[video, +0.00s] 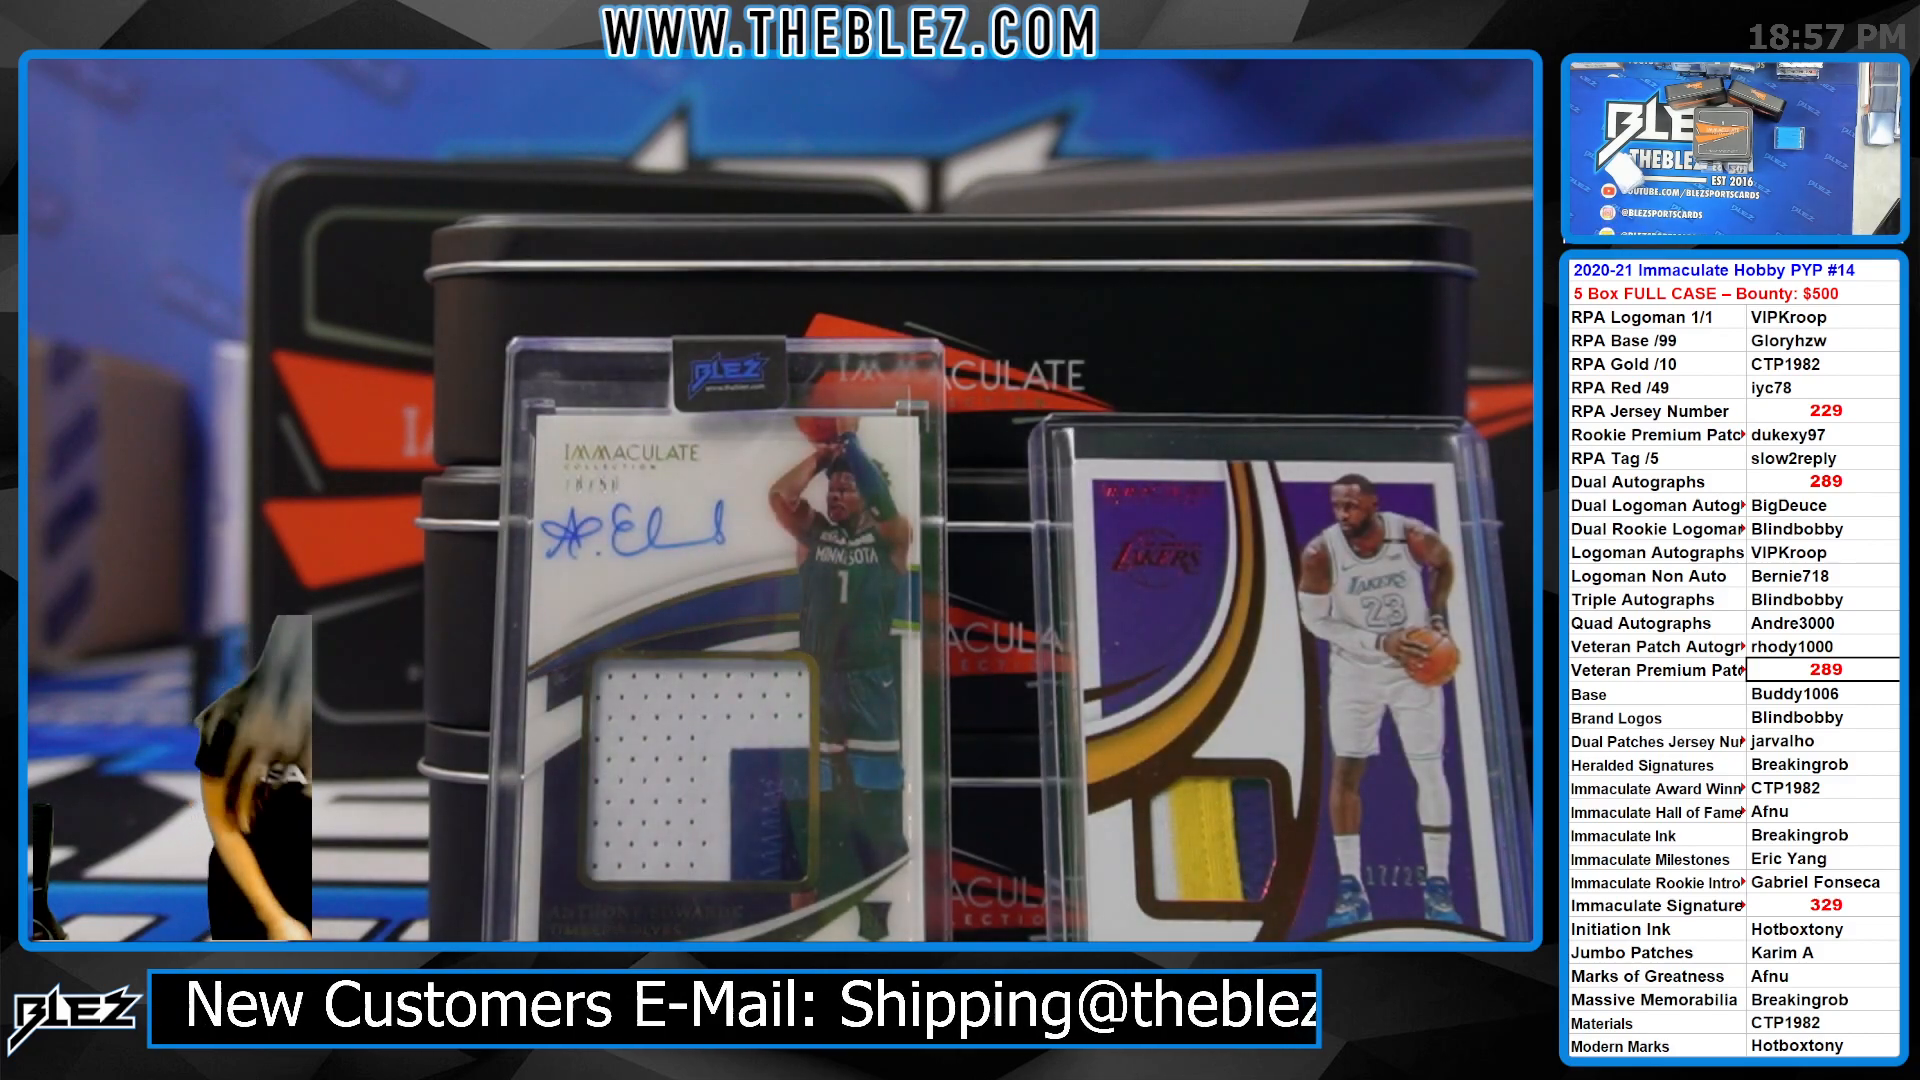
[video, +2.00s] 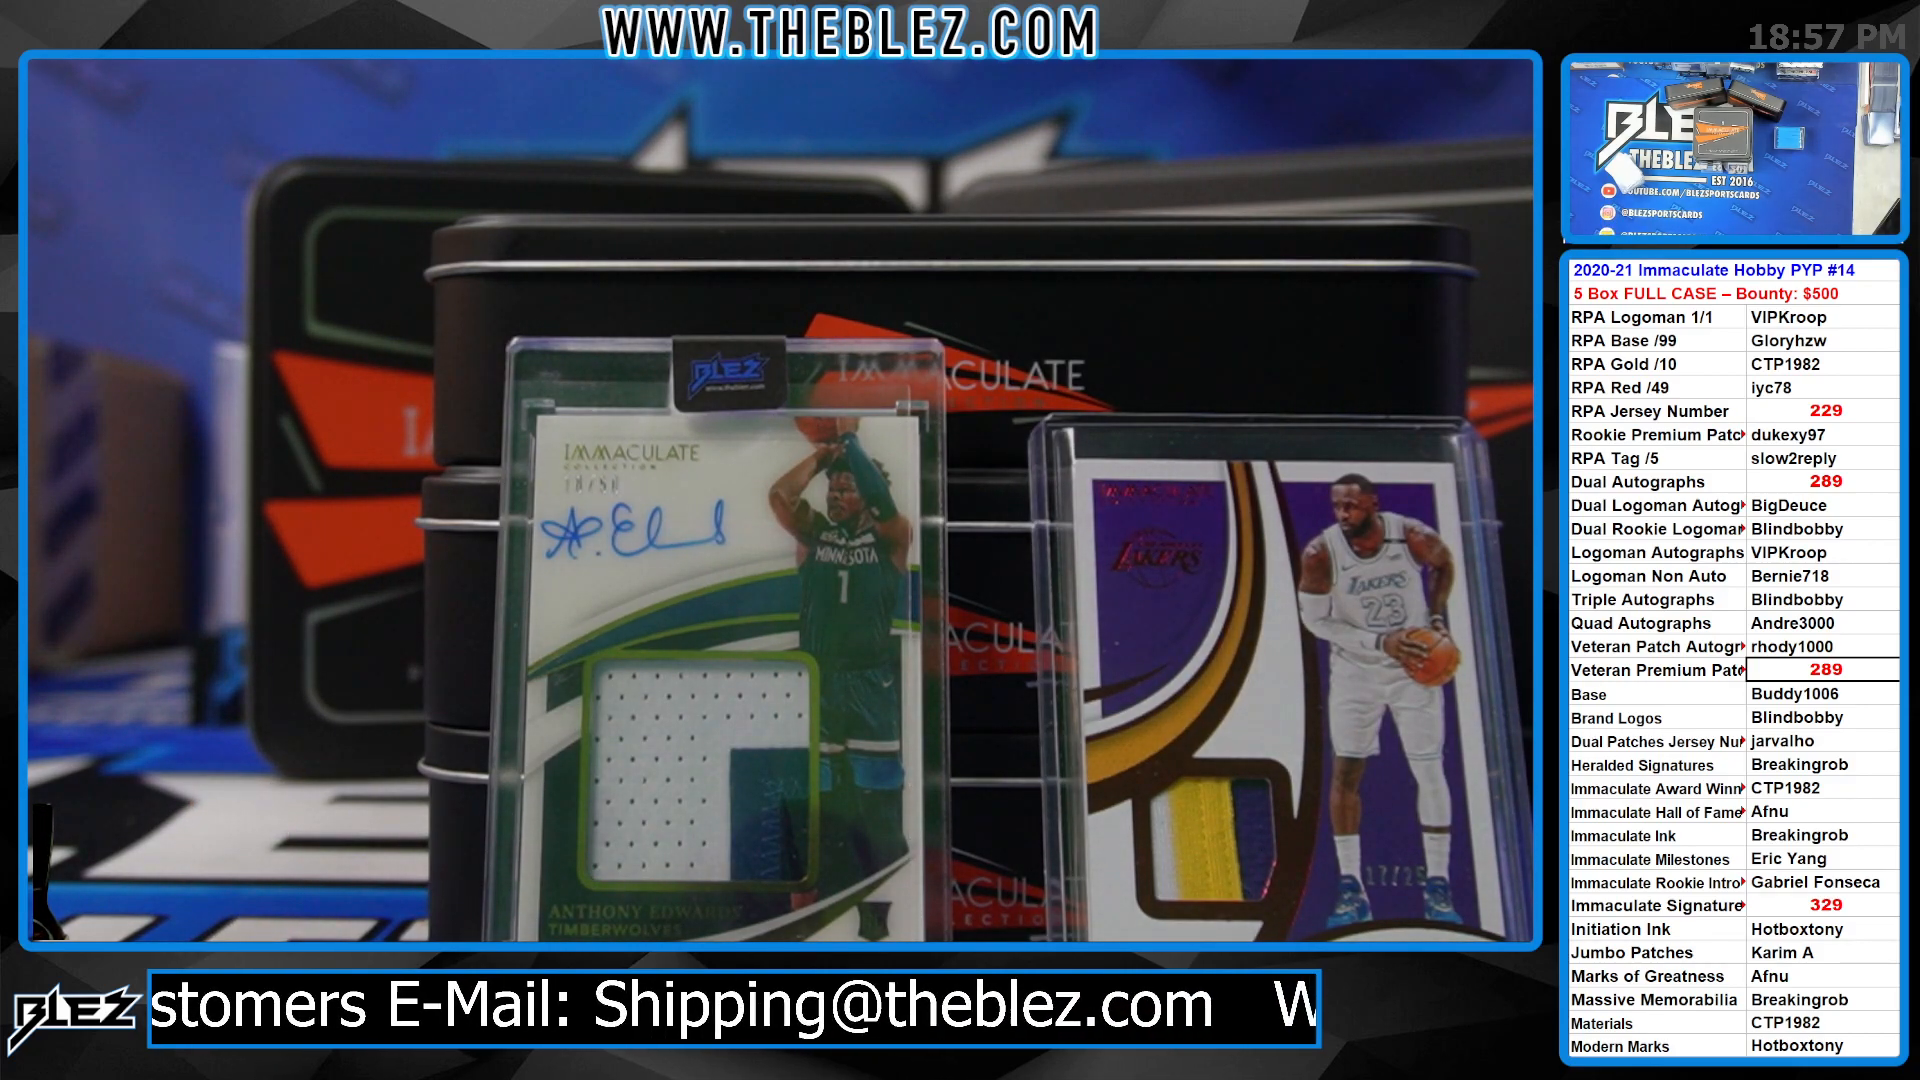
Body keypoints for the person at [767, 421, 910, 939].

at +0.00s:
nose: (839, 494)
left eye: (849, 488)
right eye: (834, 487)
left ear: (867, 495)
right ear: (826, 493)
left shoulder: (890, 540)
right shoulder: (814, 533)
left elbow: (889, 513)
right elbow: (780, 495)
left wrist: (856, 455)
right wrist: (818, 459)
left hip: (873, 680)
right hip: (818, 678)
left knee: (877, 796)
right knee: (824, 793)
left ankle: (878, 903)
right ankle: (824, 894)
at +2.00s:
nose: (841, 495)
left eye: (850, 488)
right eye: (835, 487)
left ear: (869, 494)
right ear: (827, 494)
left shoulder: (891, 539)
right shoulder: (815, 533)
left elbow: (882, 499)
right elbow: (780, 495)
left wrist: (850, 444)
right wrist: (819, 458)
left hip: (873, 679)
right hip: (818, 678)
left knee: (878, 798)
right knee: (822, 796)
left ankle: (877, 903)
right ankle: (819, 897)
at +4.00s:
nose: (841, 494)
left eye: (850, 487)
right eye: (835, 486)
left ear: (869, 494)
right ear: (827, 493)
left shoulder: (890, 539)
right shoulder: (815, 533)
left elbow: (883, 500)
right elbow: (780, 495)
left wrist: (850, 445)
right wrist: (819, 458)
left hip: (872, 678)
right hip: (817, 677)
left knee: (877, 799)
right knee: (824, 795)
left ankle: (878, 903)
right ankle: (824, 894)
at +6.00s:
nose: (835, 496)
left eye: (844, 489)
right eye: (830, 489)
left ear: (863, 495)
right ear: (822, 496)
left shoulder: (884, 539)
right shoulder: (810, 532)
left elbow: (875, 497)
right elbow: (776, 496)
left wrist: (844, 445)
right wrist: (815, 459)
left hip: (865, 678)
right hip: (813, 677)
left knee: (873, 794)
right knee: (818, 793)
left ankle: (871, 893)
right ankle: (818, 886)